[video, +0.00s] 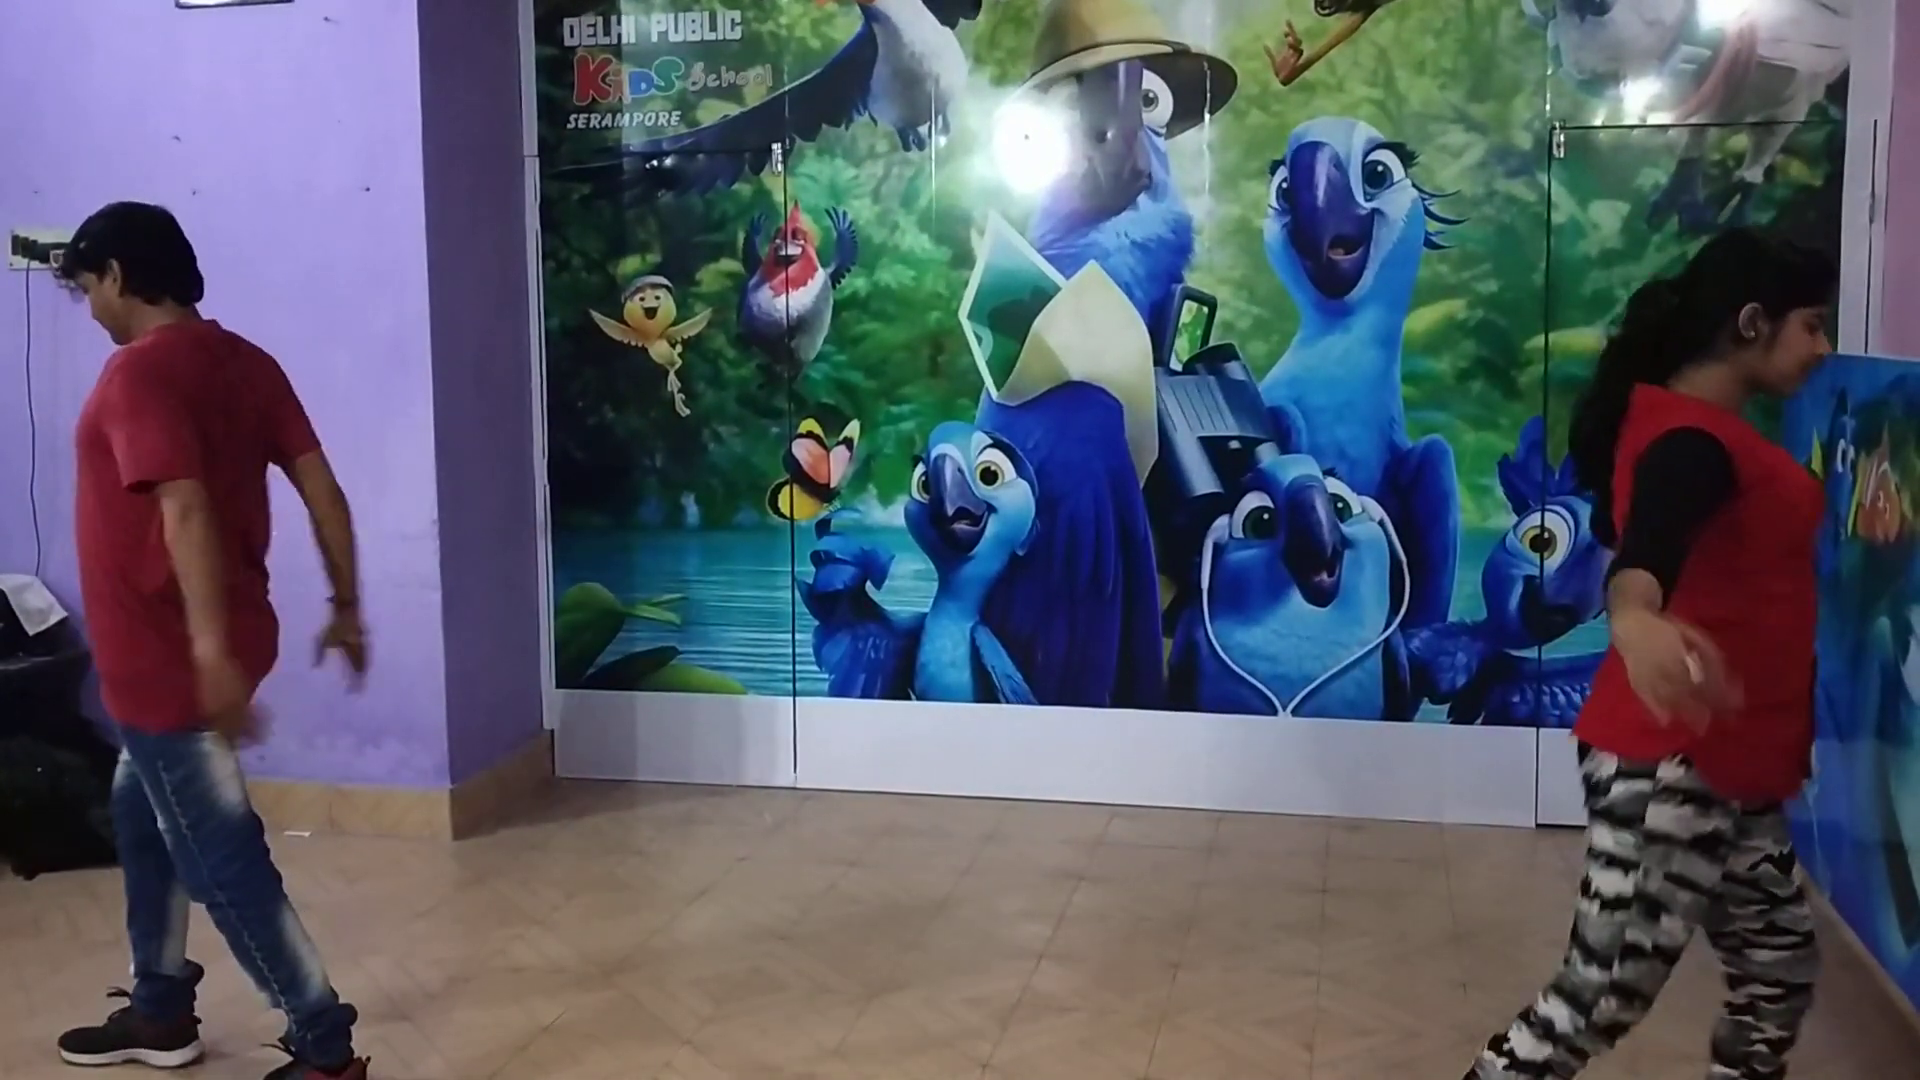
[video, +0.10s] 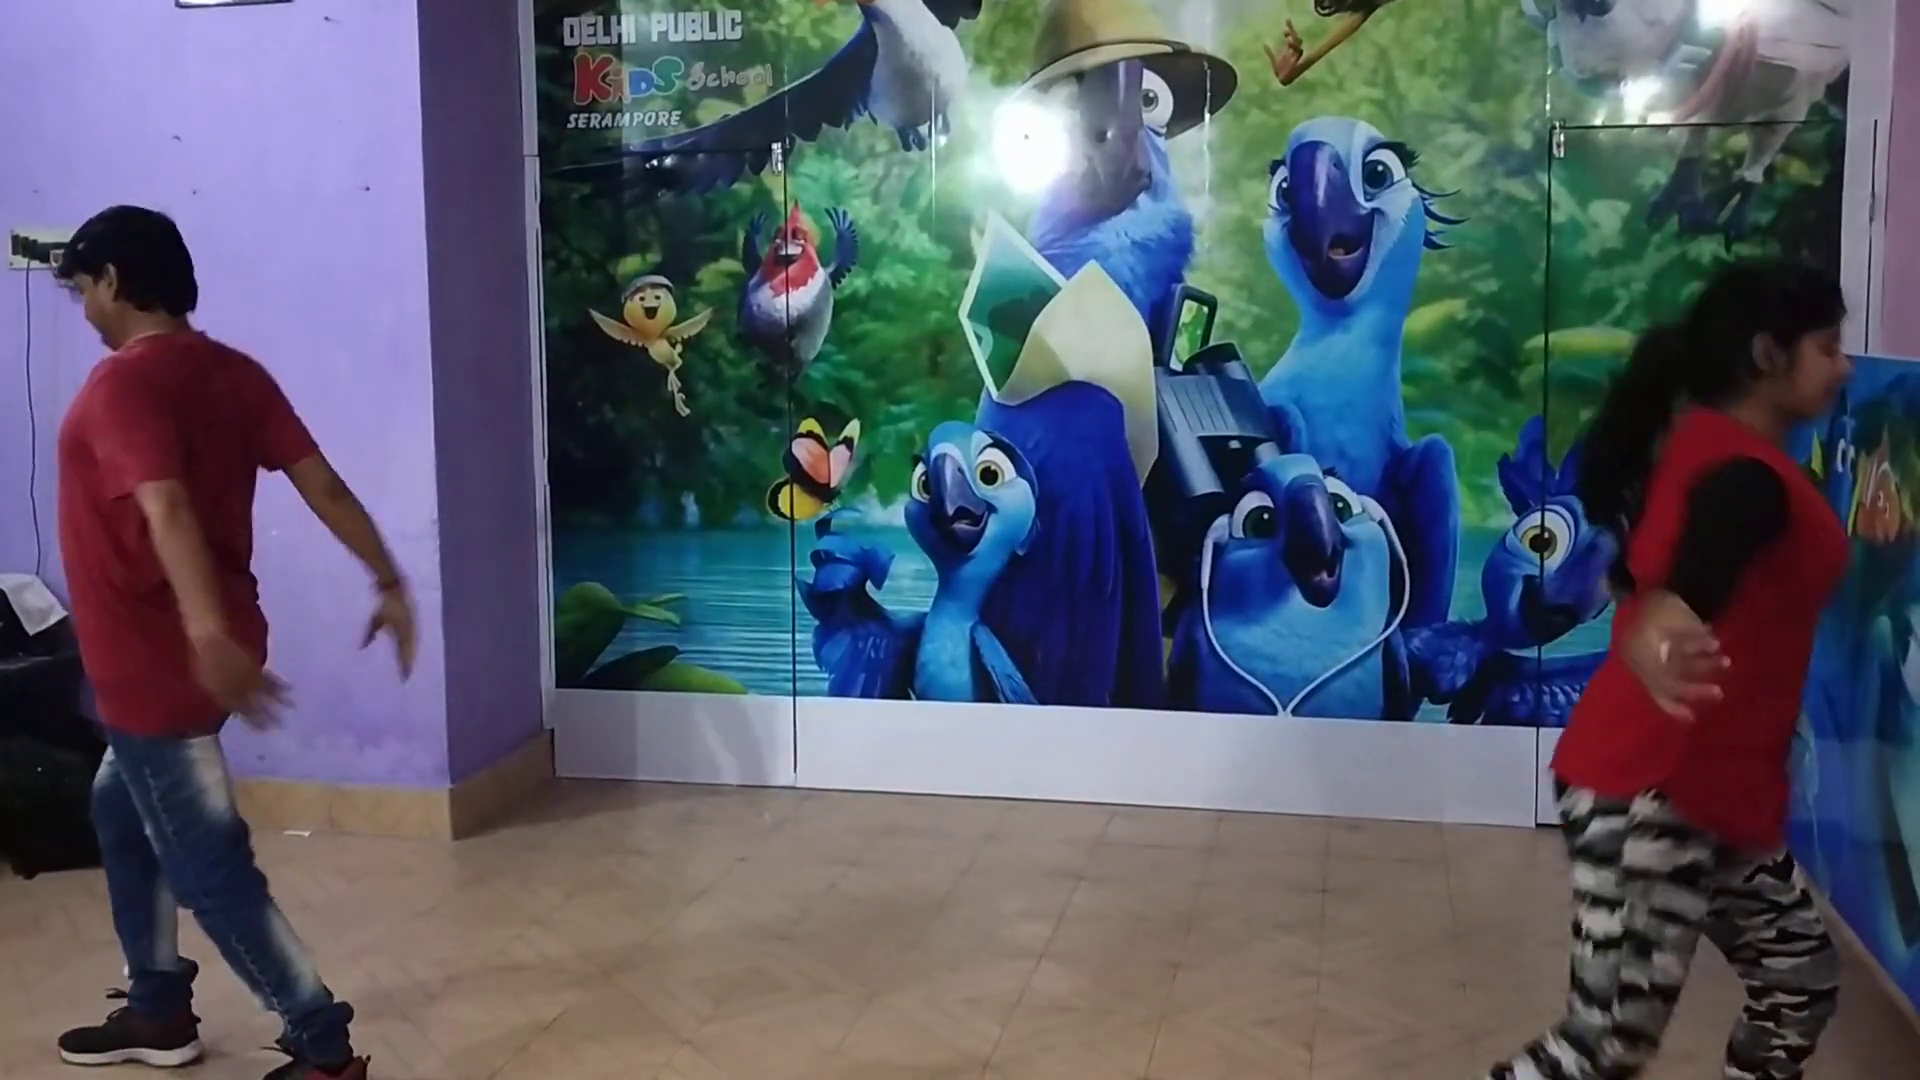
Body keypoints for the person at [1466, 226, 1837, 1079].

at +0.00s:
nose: (1823, 350)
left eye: (1826, 330)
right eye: (1814, 327)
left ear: (1750, 326)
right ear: (1753, 322)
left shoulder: (1722, 434)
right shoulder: (1687, 441)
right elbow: (1636, 571)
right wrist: (1640, 629)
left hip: (1729, 768)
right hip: (1665, 764)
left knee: (1779, 970)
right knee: (1599, 996)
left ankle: (1744, 1074)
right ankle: (1496, 1072)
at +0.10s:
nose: (1843, 366)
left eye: (1842, 347)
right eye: (1830, 347)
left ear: (1767, 357)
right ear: (1769, 354)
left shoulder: (1719, 445)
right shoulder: (1737, 470)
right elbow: (1668, 591)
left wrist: (1860, 544)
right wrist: (1658, 642)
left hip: (1705, 793)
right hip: (1645, 791)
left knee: (1800, 977)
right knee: (1606, 1043)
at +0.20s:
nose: (1881, 428)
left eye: (1875, 407)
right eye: (1862, 409)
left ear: (1795, 423)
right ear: (1799, 422)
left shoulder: (1743, 505)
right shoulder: (1797, 543)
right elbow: (1742, 755)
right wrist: (1747, 841)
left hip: (1669, 811)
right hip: (1611, 819)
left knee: (1802, 979)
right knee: (1629, 1066)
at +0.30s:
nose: (1913, 510)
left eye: (1910, 488)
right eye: (1899, 488)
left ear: (1832, 502)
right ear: (1837, 500)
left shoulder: (1762, 566)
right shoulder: (1826, 621)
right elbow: (1847, 824)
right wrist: (1897, 985)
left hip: (1658, 837)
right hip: (1585, 853)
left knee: (1801, 979)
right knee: (1648, 1067)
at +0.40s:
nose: (1919, 603)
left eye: (1918, 583)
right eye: (1915, 582)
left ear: (1867, 575)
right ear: (1875, 574)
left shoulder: (1777, 613)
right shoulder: (1835, 685)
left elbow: (1835, 842)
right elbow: (1889, 885)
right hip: (1577, 873)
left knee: (1801, 982)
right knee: (1651, 1067)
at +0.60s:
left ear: (1899, 624)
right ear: (1905, 629)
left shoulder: (1800, 616)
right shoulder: (1843, 700)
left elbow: (1871, 831)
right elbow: (1865, 899)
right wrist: (1913, 1008)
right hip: (1571, 872)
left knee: (1795, 985)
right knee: (1648, 1067)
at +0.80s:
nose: (1916, 590)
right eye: (1918, 567)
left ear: (1874, 523)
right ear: (1887, 533)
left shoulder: (1770, 530)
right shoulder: (1826, 593)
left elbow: (1824, 696)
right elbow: (1863, 787)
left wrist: (1888, 758)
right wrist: (1853, 838)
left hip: (1638, 798)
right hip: (1570, 808)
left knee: (1757, 974)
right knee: (1619, 1065)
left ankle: (1732, 1072)